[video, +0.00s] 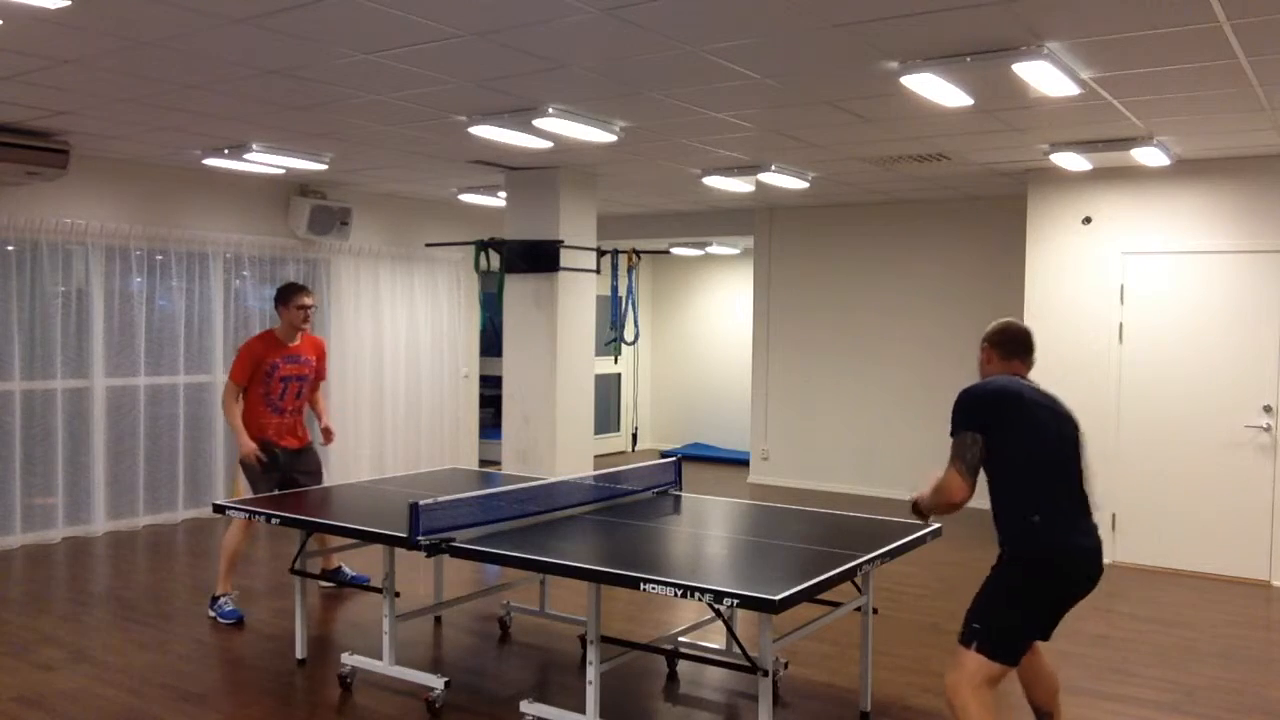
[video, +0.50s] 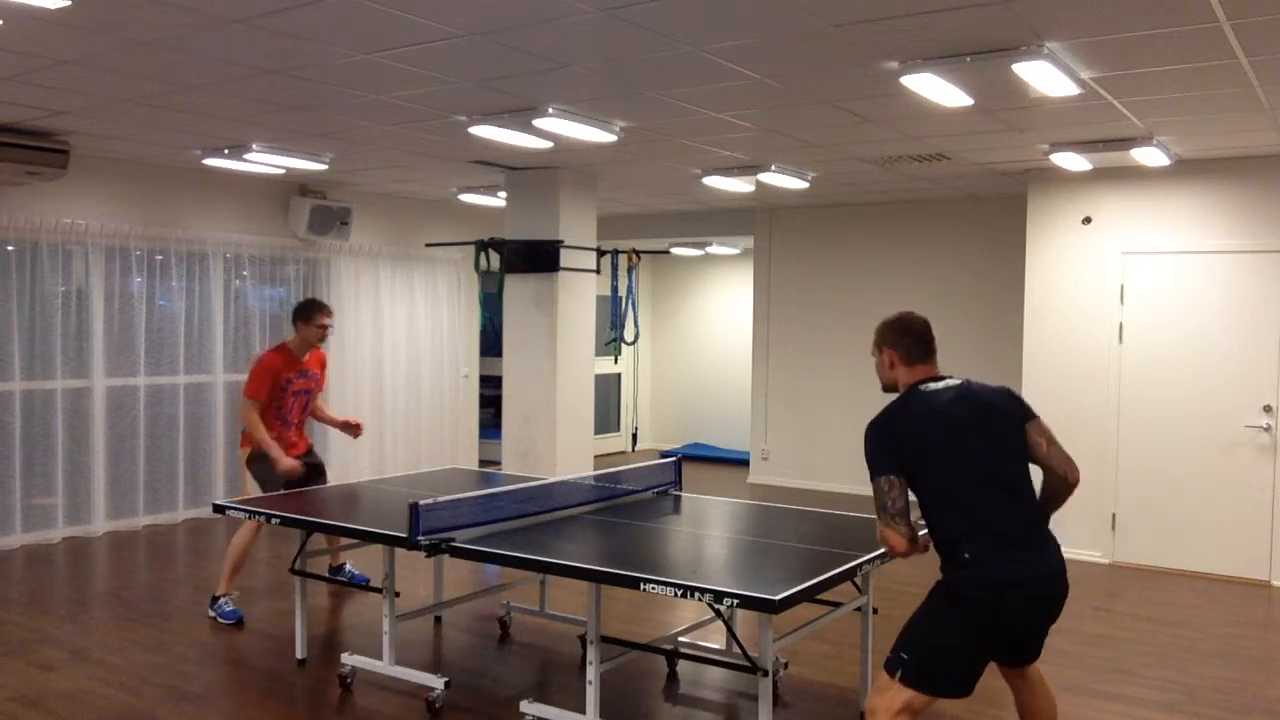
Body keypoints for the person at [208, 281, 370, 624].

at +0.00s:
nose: (308, 314)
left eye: (311, 309)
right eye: (301, 308)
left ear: (313, 312)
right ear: (281, 310)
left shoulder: (316, 347)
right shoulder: (257, 348)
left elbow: (314, 390)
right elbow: (230, 397)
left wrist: (323, 419)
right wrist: (243, 439)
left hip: (299, 446)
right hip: (261, 446)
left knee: (320, 507)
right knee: (247, 515)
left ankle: (331, 566)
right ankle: (222, 594)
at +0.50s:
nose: (327, 333)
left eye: (329, 327)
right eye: (322, 327)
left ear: (322, 328)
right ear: (301, 326)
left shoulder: (318, 359)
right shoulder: (270, 362)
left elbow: (312, 404)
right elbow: (248, 413)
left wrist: (338, 423)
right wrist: (277, 455)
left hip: (299, 448)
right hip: (263, 450)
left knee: (328, 501)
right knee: (259, 515)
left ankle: (337, 565)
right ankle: (222, 595)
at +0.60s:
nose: (338, 337)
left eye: (340, 331)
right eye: (333, 330)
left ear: (324, 332)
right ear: (312, 328)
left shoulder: (319, 362)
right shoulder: (285, 363)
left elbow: (310, 409)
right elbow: (282, 420)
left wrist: (341, 422)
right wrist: (323, 451)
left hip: (296, 447)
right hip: (264, 448)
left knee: (327, 502)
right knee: (262, 514)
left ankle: (337, 566)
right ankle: (222, 596)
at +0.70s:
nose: (351, 338)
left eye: (353, 333)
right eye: (347, 332)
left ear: (335, 333)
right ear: (328, 329)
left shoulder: (317, 362)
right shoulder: (304, 362)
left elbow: (309, 412)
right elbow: (330, 414)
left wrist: (347, 418)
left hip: (296, 448)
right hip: (266, 450)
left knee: (326, 504)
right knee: (259, 519)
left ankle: (337, 566)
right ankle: (221, 596)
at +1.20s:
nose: (358, 314)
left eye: (361, 308)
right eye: (353, 307)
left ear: (360, 312)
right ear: (334, 307)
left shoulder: (342, 344)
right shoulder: (320, 343)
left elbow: (336, 396)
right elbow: (322, 398)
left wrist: (364, 413)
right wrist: (359, 431)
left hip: (326, 436)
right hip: (294, 437)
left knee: (340, 502)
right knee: (270, 508)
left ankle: (339, 563)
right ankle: (244, 583)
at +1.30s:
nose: (348, 313)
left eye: (351, 307)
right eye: (342, 307)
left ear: (351, 311)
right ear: (325, 307)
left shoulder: (342, 345)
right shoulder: (303, 345)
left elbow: (335, 393)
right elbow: (299, 399)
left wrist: (365, 414)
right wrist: (327, 437)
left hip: (328, 436)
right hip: (294, 437)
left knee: (342, 498)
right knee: (271, 507)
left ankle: (340, 562)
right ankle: (243, 583)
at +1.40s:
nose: (336, 315)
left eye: (340, 310)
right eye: (329, 309)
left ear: (342, 312)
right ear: (312, 310)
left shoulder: (339, 346)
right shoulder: (290, 348)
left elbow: (336, 389)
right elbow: (278, 403)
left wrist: (363, 415)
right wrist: (292, 442)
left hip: (324, 436)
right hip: (288, 438)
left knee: (349, 493)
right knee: (269, 506)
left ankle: (349, 556)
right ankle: (243, 584)